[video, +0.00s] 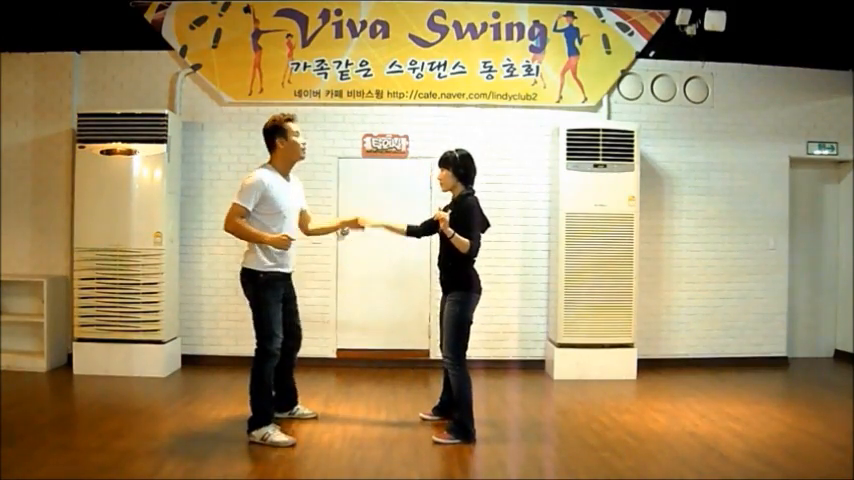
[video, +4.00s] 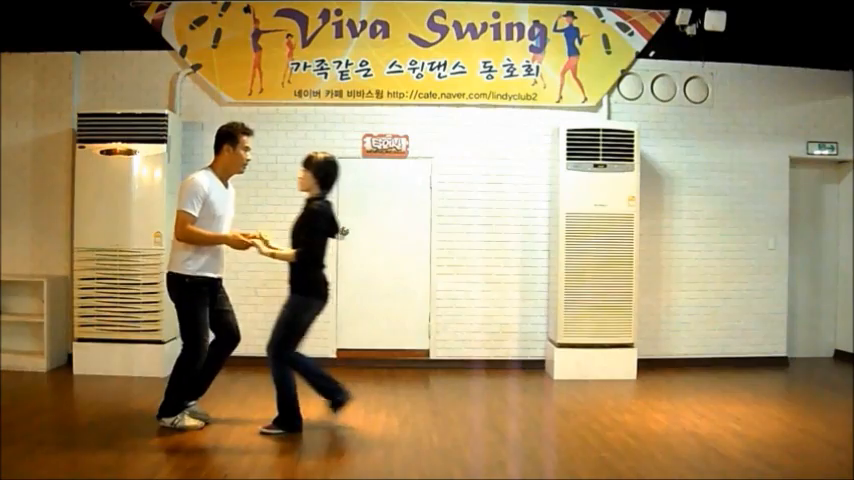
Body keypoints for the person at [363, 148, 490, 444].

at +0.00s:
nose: (437, 174)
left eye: (442, 169)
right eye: (439, 169)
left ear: (456, 173)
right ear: (455, 173)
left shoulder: (469, 205)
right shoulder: (452, 206)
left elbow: (470, 249)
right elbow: (418, 231)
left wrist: (447, 229)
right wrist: (376, 223)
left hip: (463, 291)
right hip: (452, 289)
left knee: (454, 357)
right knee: (448, 353)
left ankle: (463, 429)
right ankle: (447, 408)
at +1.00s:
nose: (335, 173)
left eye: (339, 169)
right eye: (337, 168)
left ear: (351, 173)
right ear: (356, 174)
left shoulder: (353, 204)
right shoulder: (356, 202)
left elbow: (339, 247)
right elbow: (334, 241)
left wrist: (307, 240)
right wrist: (307, 238)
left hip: (345, 291)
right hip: (350, 289)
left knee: (309, 345)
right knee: (339, 352)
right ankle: (355, 421)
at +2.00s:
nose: (317, 180)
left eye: (321, 175)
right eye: (319, 175)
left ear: (332, 181)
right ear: (340, 181)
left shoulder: (337, 214)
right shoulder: (340, 210)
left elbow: (337, 260)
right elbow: (338, 252)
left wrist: (300, 255)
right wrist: (305, 250)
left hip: (332, 298)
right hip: (339, 296)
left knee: (296, 350)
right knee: (339, 359)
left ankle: (280, 421)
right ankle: (392, 399)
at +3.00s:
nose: (468, 183)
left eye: (473, 178)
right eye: (469, 178)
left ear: (488, 182)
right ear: (479, 183)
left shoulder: (505, 217)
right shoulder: (473, 219)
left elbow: (516, 259)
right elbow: (437, 237)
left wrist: (480, 264)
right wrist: (397, 235)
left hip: (499, 301)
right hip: (485, 301)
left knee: (457, 353)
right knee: (488, 362)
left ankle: (479, 419)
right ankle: (524, 412)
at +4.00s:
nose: (299, 174)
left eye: (304, 171)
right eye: (301, 169)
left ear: (316, 178)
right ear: (318, 178)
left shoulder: (316, 210)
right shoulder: (316, 207)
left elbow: (305, 256)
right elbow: (303, 254)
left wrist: (269, 252)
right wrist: (272, 249)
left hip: (308, 292)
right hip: (307, 291)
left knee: (279, 351)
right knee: (280, 350)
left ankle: (289, 420)